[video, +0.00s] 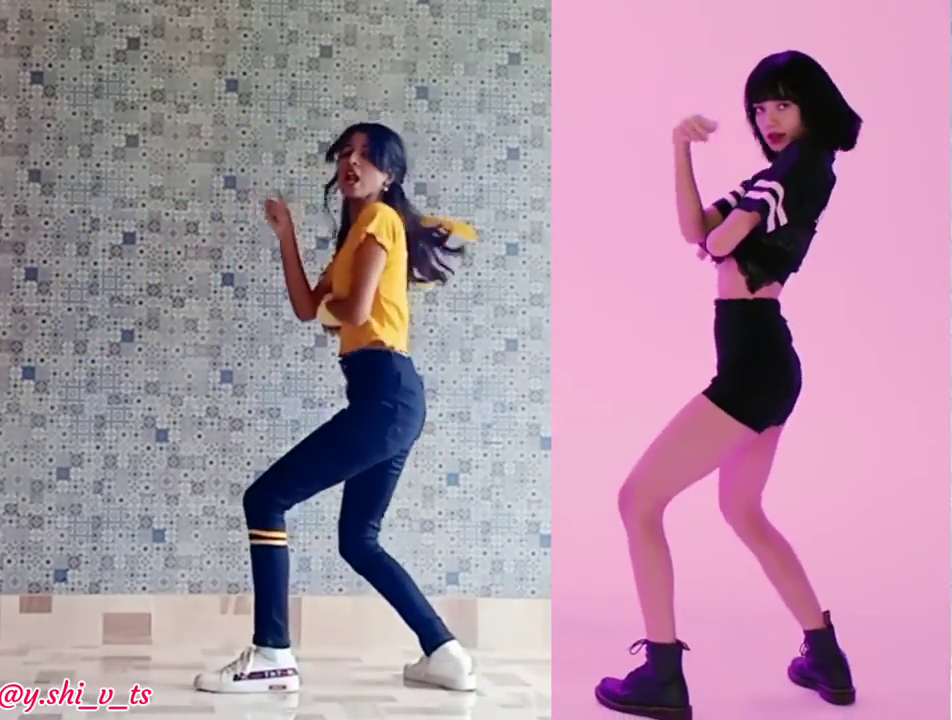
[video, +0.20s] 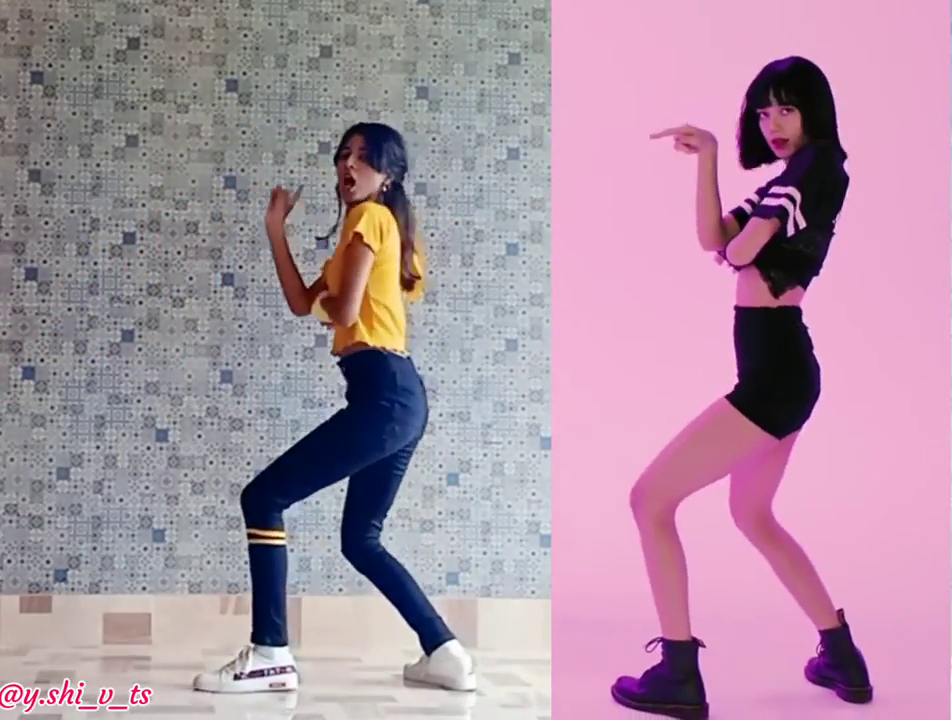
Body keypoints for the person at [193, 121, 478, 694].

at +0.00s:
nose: (350, 163)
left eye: (364, 157)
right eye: (345, 154)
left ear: (388, 173)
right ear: (338, 166)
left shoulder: (378, 220)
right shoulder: (359, 231)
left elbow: (359, 310)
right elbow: (305, 306)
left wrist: (328, 308)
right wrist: (286, 237)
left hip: (383, 397)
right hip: (395, 399)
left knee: (265, 500)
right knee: (358, 543)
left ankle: (271, 656)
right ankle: (445, 653)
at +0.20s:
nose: (346, 166)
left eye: (359, 159)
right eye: (343, 157)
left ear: (387, 172)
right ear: (343, 166)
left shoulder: (368, 218)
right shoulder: (377, 226)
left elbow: (349, 311)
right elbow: (300, 300)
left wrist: (328, 303)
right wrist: (275, 231)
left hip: (381, 398)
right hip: (404, 400)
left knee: (262, 499)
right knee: (360, 541)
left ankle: (269, 656)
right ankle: (444, 652)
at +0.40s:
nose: (337, 181)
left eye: (350, 176)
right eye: (341, 171)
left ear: (375, 198)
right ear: (373, 198)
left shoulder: (345, 233)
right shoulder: (372, 242)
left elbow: (333, 333)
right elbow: (290, 316)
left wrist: (323, 307)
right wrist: (279, 249)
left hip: (392, 414)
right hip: (421, 414)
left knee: (267, 500)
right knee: (359, 545)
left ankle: (268, 654)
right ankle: (448, 651)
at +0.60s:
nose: (331, 225)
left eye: (346, 224)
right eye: (334, 214)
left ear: (367, 247)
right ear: (330, 216)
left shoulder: (326, 277)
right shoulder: (370, 281)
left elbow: (323, 381)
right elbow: (284, 363)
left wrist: (311, 345)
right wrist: (284, 293)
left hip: (393, 447)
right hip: (429, 445)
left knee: (261, 502)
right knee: (350, 560)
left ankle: (267, 654)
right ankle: (446, 652)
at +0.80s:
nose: (320, 194)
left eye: (333, 191)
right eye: (324, 182)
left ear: (356, 208)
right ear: (363, 209)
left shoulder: (321, 243)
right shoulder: (373, 249)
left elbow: (326, 341)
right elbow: (289, 330)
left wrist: (328, 333)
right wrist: (281, 263)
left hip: (395, 397)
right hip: (440, 408)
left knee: (286, 502)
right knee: (370, 535)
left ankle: (269, 655)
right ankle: (448, 650)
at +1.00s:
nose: (328, 208)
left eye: (340, 202)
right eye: (329, 197)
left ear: (365, 215)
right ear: (360, 211)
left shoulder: (338, 249)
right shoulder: (372, 256)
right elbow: (299, 340)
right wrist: (298, 274)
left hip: (402, 417)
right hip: (437, 420)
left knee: (276, 502)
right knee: (366, 543)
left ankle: (268, 656)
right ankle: (447, 652)